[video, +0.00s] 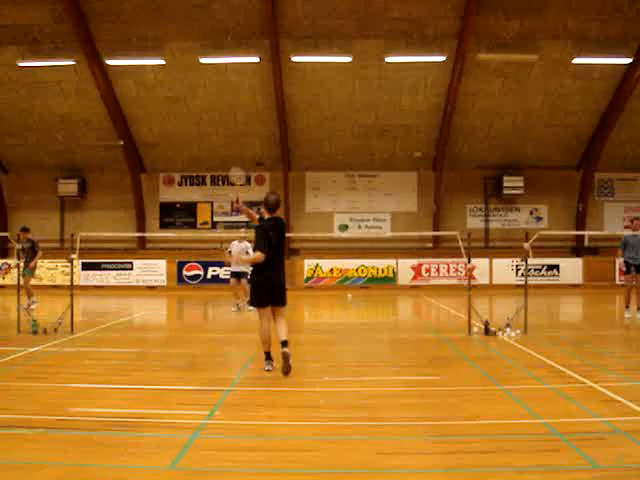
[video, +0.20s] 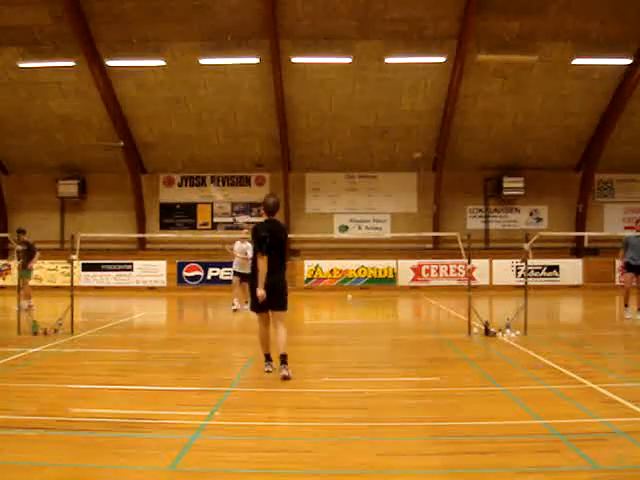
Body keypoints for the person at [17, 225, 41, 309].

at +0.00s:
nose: (22, 236)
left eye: (23, 234)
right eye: (21, 234)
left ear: (27, 233)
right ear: (21, 234)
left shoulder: (33, 242)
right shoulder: (23, 242)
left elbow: (39, 252)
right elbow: (18, 246)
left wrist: (33, 262)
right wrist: (11, 239)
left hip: (31, 263)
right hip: (25, 262)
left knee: (26, 282)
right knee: (25, 283)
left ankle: (33, 299)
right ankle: (29, 300)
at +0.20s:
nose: (20, 238)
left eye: (21, 236)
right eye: (19, 236)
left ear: (25, 235)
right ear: (18, 236)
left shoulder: (28, 244)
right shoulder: (20, 244)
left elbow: (37, 253)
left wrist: (31, 263)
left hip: (27, 265)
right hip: (21, 265)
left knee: (25, 284)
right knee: (24, 284)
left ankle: (28, 302)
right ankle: (29, 302)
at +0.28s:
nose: (20, 238)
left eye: (21, 236)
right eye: (18, 236)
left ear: (24, 235)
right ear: (18, 236)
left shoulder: (29, 244)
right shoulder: (19, 245)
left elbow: (36, 254)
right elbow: (18, 257)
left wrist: (31, 263)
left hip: (27, 265)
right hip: (21, 265)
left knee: (24, 284)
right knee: (24, 284)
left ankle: (21, 302)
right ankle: (30, 302)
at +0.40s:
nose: (17, 238)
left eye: (19, 236)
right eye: (16, 236)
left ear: (22, 235)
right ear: (15, 236)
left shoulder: (26, 244)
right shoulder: (17, 245)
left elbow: (34, 253)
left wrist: (28, 263)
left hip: (25, 265)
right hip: (19, 265)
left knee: (22, 284)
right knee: (22, 284)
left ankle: (21, 303)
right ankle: (29, 301)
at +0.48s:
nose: (18, 238)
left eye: (19, 236)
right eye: (17, 236)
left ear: (22, 236)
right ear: (16, 237)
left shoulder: (25, 245)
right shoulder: (17, 246)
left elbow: (32, 254)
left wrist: (26, 263)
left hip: (24, 266)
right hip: (19, 265)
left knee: (21, 284)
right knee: (20, 284)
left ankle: (20, 305)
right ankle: (27, 301)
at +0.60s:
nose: (10, 240)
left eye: (11, 238)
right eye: (9, 238)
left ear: (16, 237)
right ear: (11, 238)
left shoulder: (23, 246)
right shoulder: (16, 247)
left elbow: (29, 254)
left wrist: (24, 262)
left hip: (23, 268)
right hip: (19, 267)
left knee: (20, 285)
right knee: (20, 284)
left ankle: (19, 304)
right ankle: (25, 299)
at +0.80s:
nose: (9, 241)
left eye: (11, 239)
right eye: (9, 239)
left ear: (16, 239)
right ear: (14, 239)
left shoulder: (21, 247)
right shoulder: (16, 248)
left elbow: (27, 256)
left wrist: (19, 263)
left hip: (23, 270)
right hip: (19, 269)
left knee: (21, 286)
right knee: (21, 285)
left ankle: (20, 305)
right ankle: (26, 299)